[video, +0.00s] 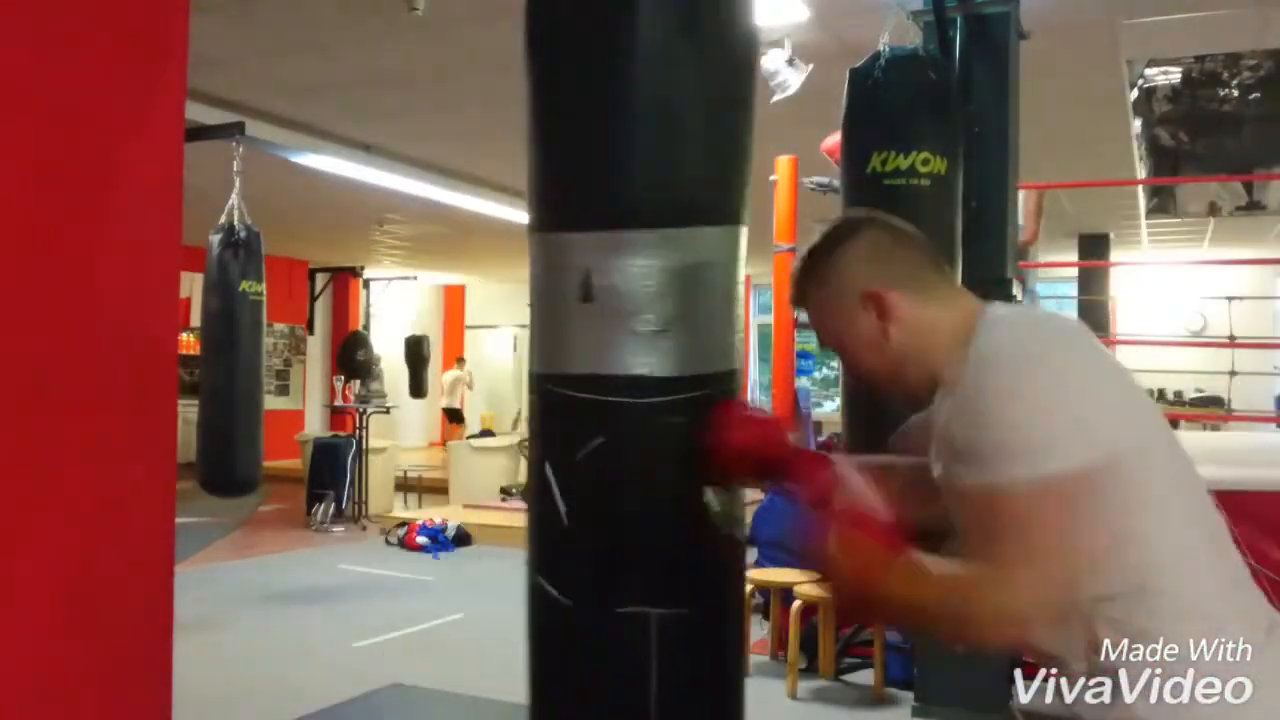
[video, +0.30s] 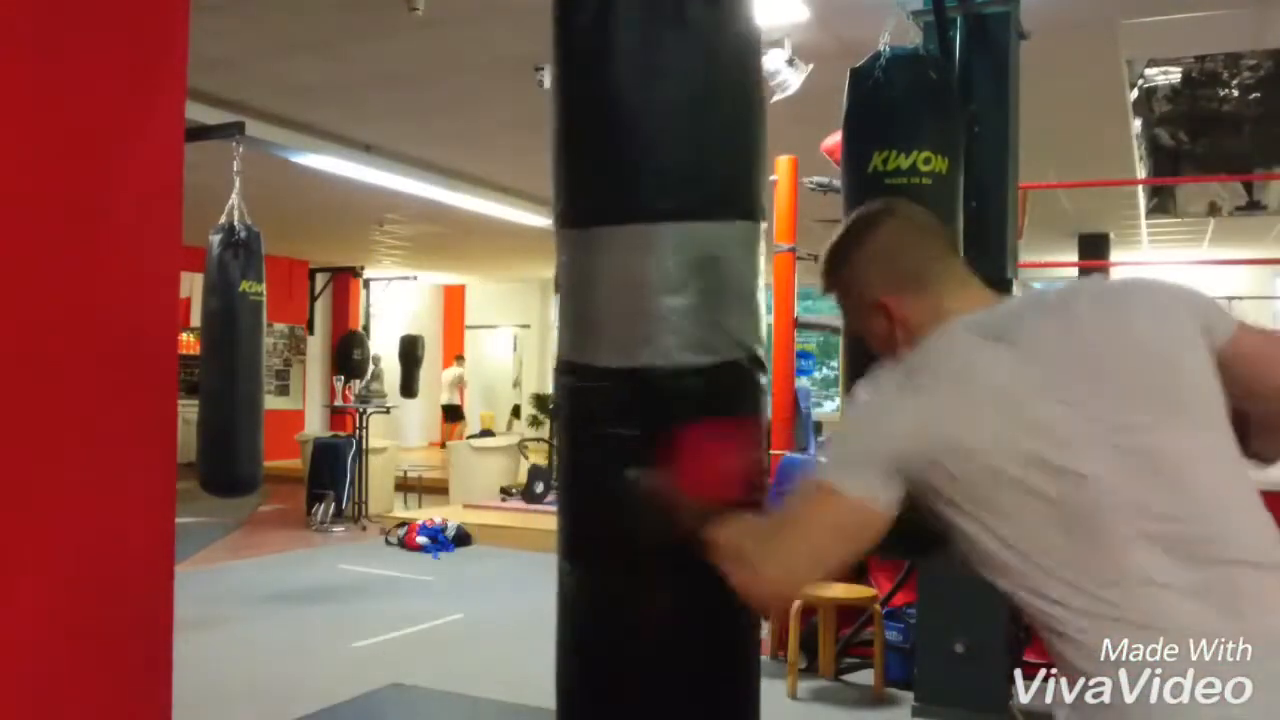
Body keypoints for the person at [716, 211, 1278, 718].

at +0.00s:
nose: (854, 372)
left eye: (842, 346)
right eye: (839, 351)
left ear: (880, 310)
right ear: (891, 299)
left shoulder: (1020, 369)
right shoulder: (978, 383)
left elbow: (1017, 604)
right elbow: (900, 492)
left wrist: (866, 569)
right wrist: (792, 467)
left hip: (1202, 689)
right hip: (1129, 682)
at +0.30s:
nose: (869, 356)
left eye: (861, 337)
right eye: (858, 341)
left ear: (888, 318)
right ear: (965, 271)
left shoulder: (905, 404)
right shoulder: (1153, 304)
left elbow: (772, 575)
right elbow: (1277, 402)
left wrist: (724, 527)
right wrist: (1216, 444)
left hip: (1143, 698)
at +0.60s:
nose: (977, 383)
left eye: (972, 355)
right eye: (966, 360)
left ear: (1017, 321)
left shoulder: (1108, 413)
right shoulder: (1248, 369)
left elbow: (1090, 663)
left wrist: (984, 596)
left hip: (1175, 706)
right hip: (1264, 700)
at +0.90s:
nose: (1152, 354)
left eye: (1139, 326)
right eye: (1134, 338)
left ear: (1172, 255)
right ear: (1173, 255)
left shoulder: (1266, 332)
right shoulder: (1260, 329)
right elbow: (1213, 548)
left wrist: (1081, 417)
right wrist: (1094, 419)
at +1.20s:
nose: (1039, 275)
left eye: (1036, 247)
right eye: (1030, 254)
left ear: (1088, 211)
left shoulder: (1162, 294)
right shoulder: (1258, 277)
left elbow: (1072, 510)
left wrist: (945, 448)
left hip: (1252, 687)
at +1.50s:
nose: (1178, 222)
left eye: (1184, 195)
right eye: (1177, 199)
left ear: (1239, 187)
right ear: (1241, 188)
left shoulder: (1259, 302)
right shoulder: (1254, 302)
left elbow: (1254, 511)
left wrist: (1031, 500)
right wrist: (1222, 469)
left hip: (1266, 690)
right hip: (1261, 682)